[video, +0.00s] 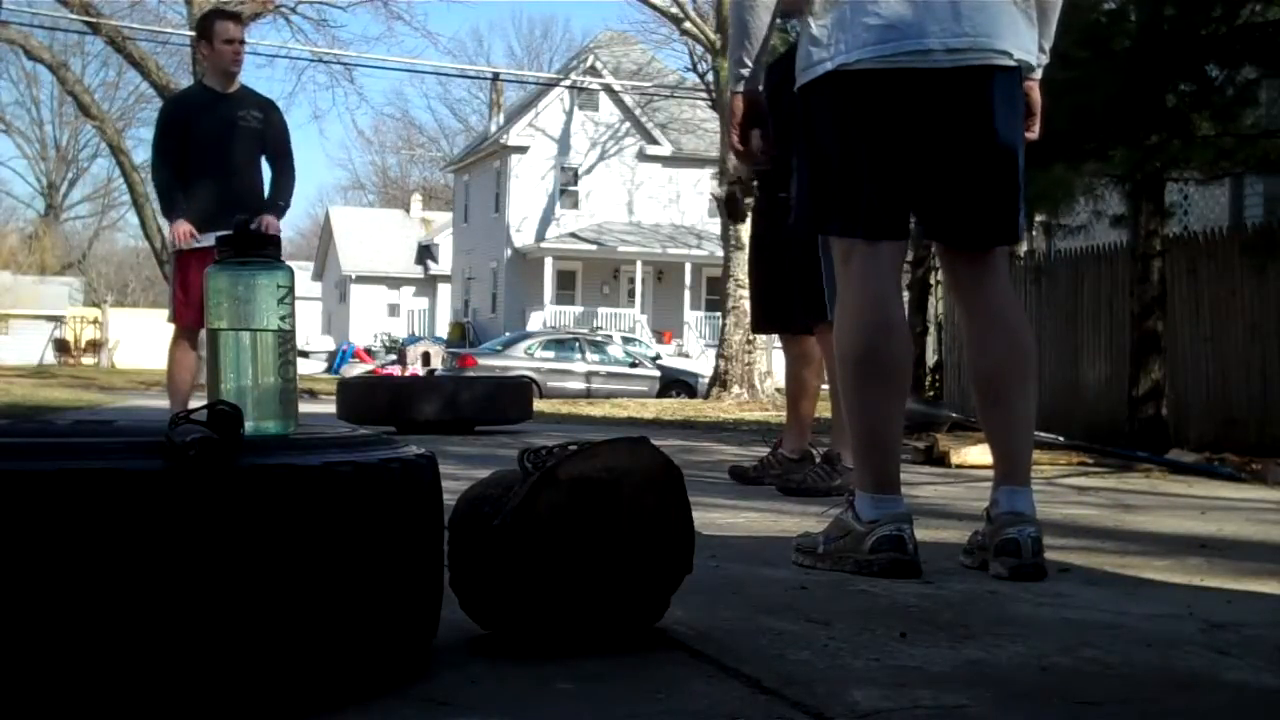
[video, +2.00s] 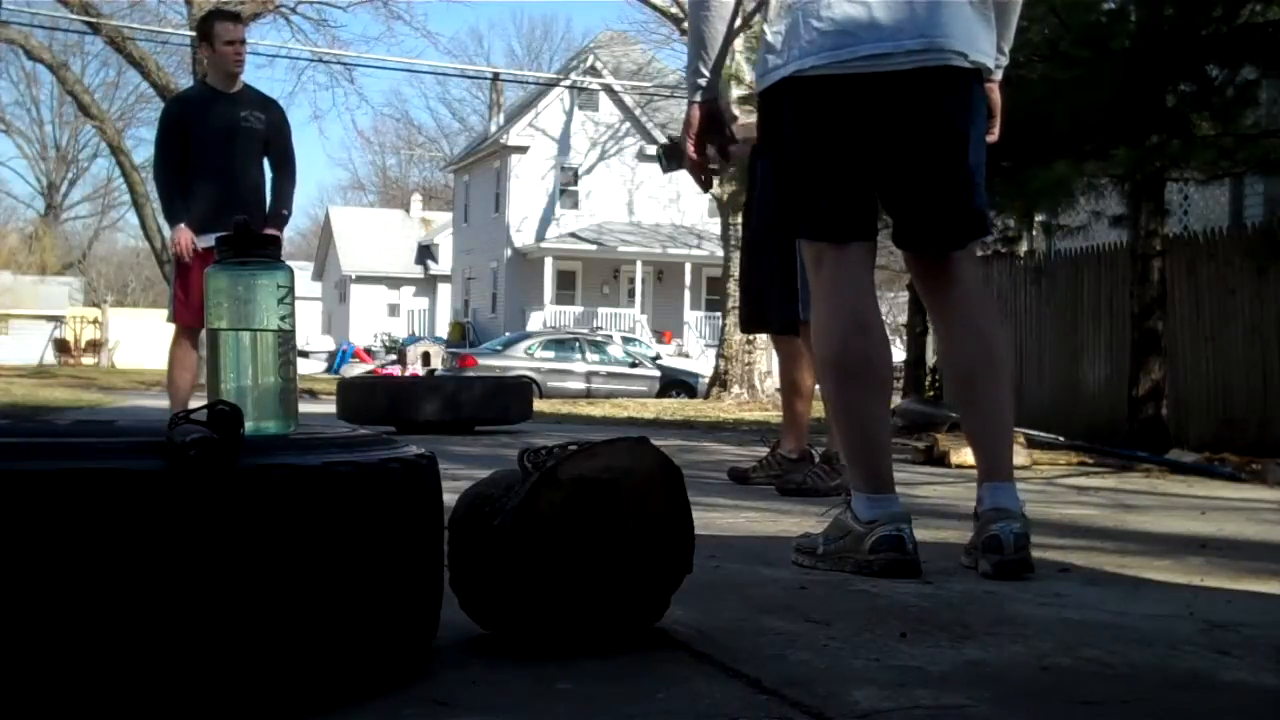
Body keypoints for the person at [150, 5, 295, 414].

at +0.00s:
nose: (239, 50)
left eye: (241, 43)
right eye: (229, 43)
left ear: (245, 47)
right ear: (203, 48)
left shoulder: (263, 109)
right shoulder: (177, 108)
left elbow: (284, 166)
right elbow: (162, 168)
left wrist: (273, 211)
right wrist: (176, 217)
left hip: (250, 238)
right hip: (195, 238)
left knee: (250, 334)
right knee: (188, 331)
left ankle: (248, 424)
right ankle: (178, 421)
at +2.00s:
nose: (240, 51)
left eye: (242, 44)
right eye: (230, 44)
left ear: (246, 47)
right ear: (205, 49)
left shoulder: (267, 109)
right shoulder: (179, 108)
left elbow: (284, 172)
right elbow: (164, 170)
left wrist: (275, 224)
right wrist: (177, 223)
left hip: (251, 241)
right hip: (197, 240)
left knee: (252, 335)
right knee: (188, 331)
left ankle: (250, 425)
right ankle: (179, 421)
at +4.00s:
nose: (256, 55)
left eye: (266, 47)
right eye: (249, 45)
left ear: (276, 50)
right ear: (235, 43)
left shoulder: (294, 107)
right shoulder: (206, 98)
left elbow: (309, 172)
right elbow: (184, 158)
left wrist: (309, 231)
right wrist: (178, 213)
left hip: (265, 233)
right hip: (209, 229)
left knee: (259, 328)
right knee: (188, 321)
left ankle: (255, 419)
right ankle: (175, 410)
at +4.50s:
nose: (195, 42)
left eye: (204, 35)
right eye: (188, 34)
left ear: (215, 40)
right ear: (175, 38)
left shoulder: (240, 99)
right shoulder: (151, 100)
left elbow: (257, 164)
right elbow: (131, 166)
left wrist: (251, 225)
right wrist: (127, 226)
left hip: (229, 231)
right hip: (173, 233)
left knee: (232, 329)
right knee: (170, 328)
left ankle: (232, 421)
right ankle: (170, 421)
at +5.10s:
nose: (201, 98)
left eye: (208, 90)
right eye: (192, 90)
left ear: (220, 93)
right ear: (179, 94)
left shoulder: (244, 144)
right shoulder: (160, 146)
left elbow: (284, 206)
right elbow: (124, 206)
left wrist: (254, 199)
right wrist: (145, 212)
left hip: (232, 260)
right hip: (178, 260)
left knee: (240, 337)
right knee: (160, 332)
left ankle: (238, 422)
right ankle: (170, 422)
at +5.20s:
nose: (208, 135)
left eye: (216, 127)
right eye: (199, 127)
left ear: (227, 129)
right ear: (186, 130)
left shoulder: (251, 176)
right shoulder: (167, 177)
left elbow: (291, 239)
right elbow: (128, 239)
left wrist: (257, 222)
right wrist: (156, 232)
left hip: (240, 277)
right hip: (183, 277)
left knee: (254, 336)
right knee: (162, 333)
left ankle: (246, 422)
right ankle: (170, 424)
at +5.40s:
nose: (219, 189)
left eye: (227, 180)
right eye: (211, 181)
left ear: (239, 181)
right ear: (198, 181)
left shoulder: (260, 220)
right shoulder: (178, 221)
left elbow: (294, 283)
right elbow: (140, 288)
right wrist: (177, 273)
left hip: (248, 295)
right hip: (194, 297)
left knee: (267, 337)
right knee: (163, 338)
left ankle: (258, 422)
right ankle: (172, 425)